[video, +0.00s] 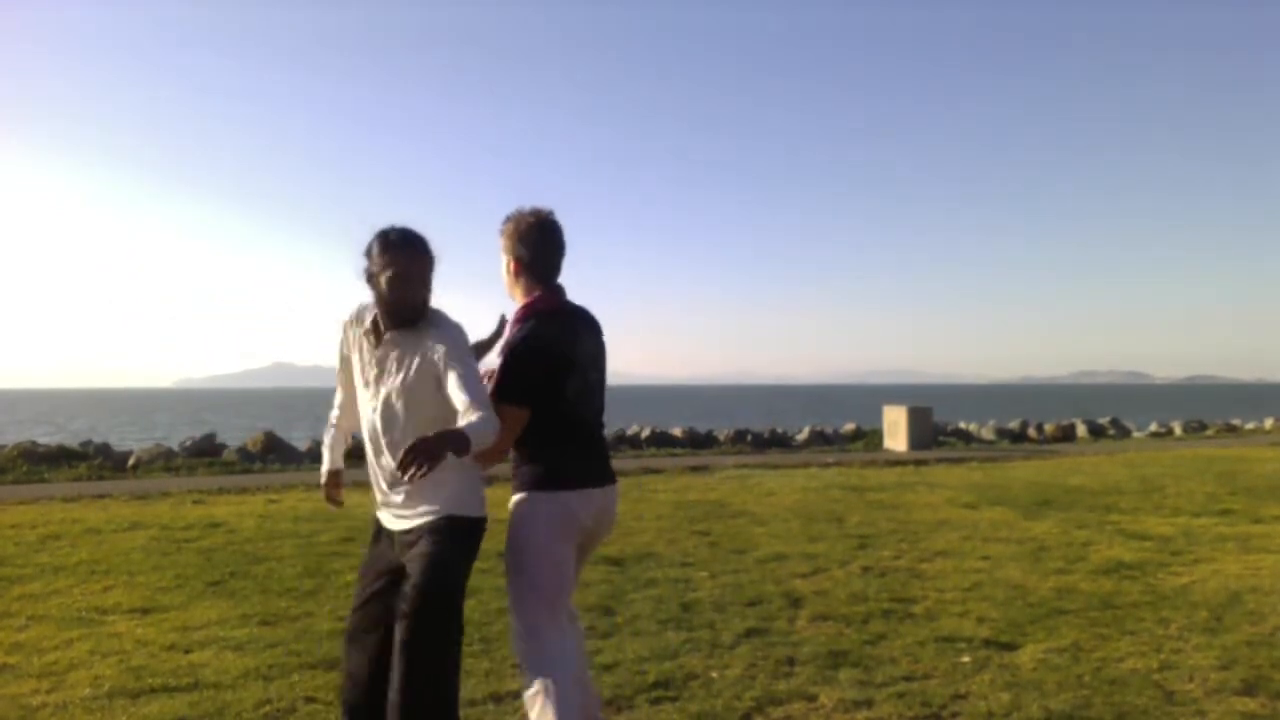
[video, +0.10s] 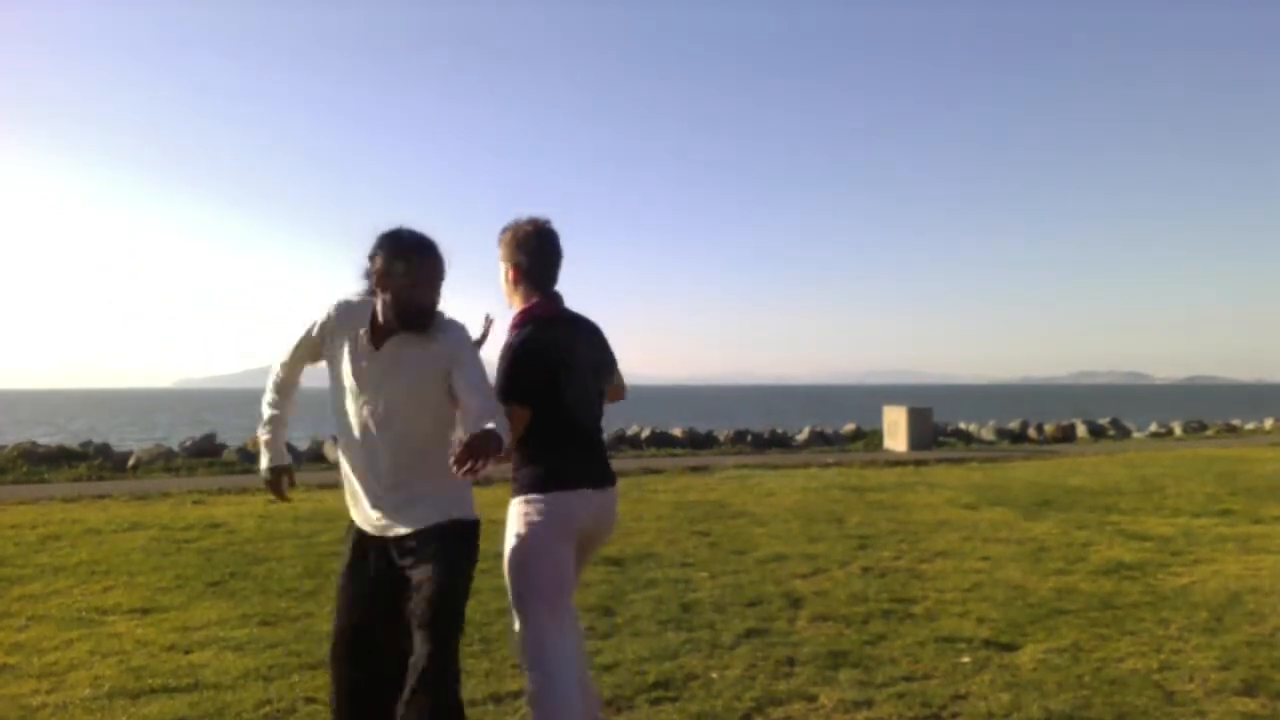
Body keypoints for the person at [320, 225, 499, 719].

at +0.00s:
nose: (407, 285)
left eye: (417, 273)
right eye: (393, 274)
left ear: (431, 276)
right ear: (372, 279)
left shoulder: (443, 335)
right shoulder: (356, 332)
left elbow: (484, 422)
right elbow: (346, 403)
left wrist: (446, 441)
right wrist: (332, 458)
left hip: (446, 518)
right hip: (391, 518)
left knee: (417, 641)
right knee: (364, 639)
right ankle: (362, 714)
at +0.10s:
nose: (433, 296)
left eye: (437, 283)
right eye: (421, 284)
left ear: (441, 281)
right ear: (381, 282)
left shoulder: (450, 340)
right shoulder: (341, 322)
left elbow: (486, 412)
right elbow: (286, 371)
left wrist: (487, 436)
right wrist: (272, 444)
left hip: (439, 524)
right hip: (370, 525)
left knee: (431, 658)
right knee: (356, 662)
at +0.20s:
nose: (449, 296)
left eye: (449, 283)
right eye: (440, 282)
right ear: (395, 280)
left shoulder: (447, 345)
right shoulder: (329, 325)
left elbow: (483, 419)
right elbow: (238, 356)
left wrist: (512, 438)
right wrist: (219, 452)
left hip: (429, 519)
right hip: (353, 528)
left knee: (431, 651)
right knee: (354, 681)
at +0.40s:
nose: (448, 288)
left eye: (446, 275)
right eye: (437, 274)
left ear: (402, 278)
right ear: (394, 276)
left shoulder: (421, 343)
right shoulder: (327, 323)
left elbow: (464, 403)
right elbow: (218, 377)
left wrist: (525, 423)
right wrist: (158, 476)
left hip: (387, 522)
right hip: (306, 525)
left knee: (400, 679)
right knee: (290, 685)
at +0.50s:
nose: (429, 280)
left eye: (426, 267)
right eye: (416, 265)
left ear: (385, 270)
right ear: (372, 265)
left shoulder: (402, 334)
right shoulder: (315, 320)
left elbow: (443, 382)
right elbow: (207, 384)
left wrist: (521, 408)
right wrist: (153, 496)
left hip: (365, 522)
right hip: (282, 523)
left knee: (392, 682)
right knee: (235, 679)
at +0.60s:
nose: (403, 274)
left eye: (401, 259)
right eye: (392, 259)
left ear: (358, 263)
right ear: (348, 262)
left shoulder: (382, 327)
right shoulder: (283, 323)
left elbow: (434, 367)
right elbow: (188, 399)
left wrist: (506, 390)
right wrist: (147, 513)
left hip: (344, 522)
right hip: (258, 522)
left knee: (382, 677)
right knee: (191, 672)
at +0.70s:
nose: (374, 263)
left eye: (369, 248)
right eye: (360, 247)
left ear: (323, 257)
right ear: (315, 254)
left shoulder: (357, 325)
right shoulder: (257, 320)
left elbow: (411, 352)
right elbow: (167, 410)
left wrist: (467, 371)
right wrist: (136, 527)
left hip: (314, 527)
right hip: (225, 526)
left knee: (356, 690)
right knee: (151, 690)